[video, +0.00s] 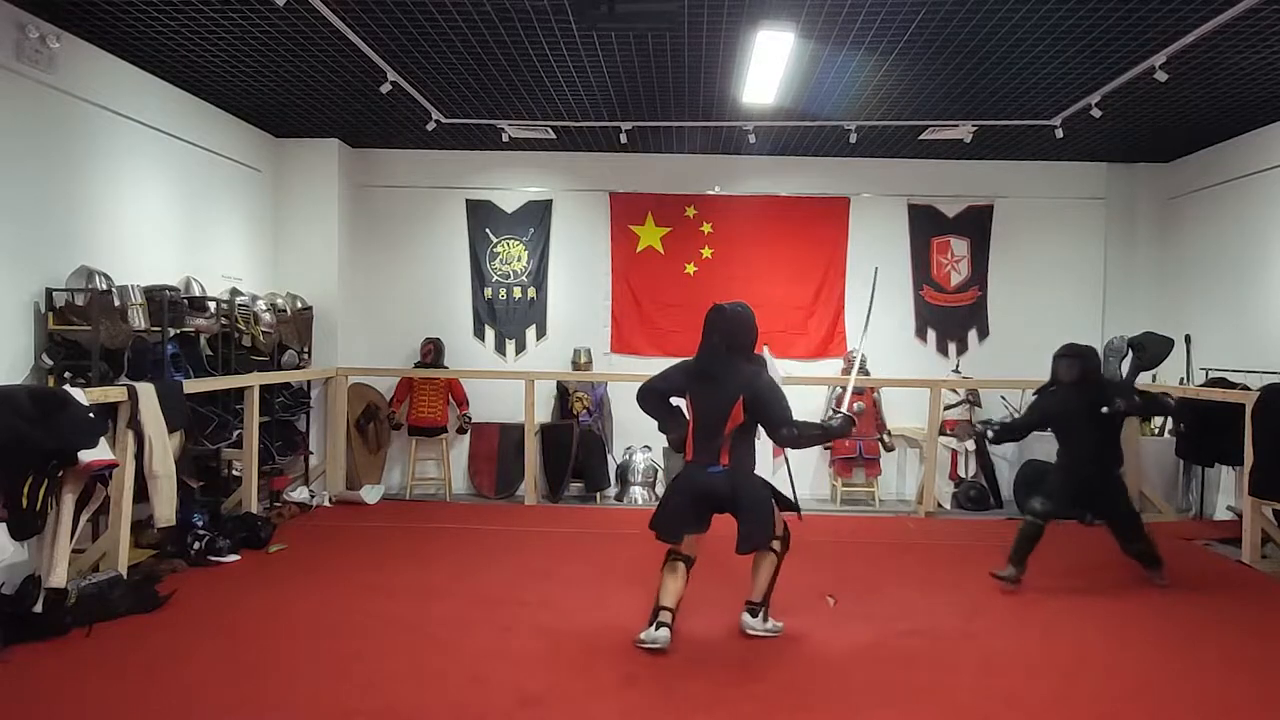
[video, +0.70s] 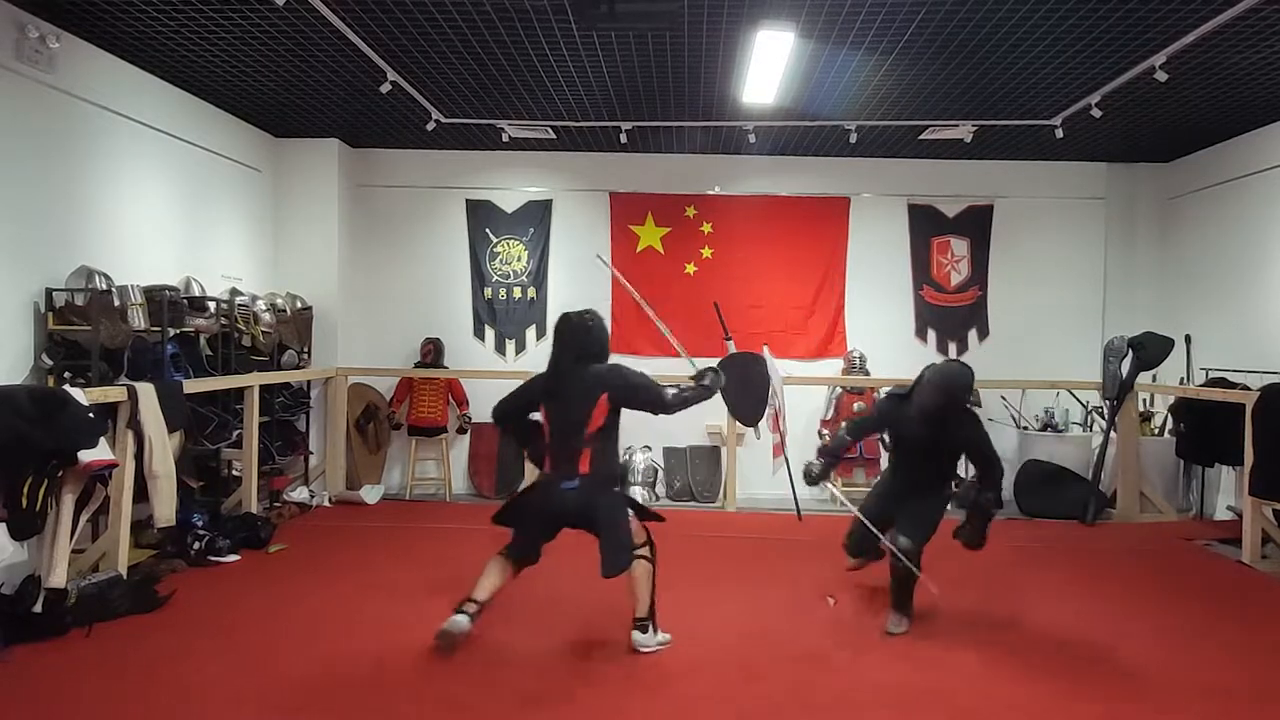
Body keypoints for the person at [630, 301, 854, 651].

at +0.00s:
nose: (756, 338)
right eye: (753, 332)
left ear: (710, 335)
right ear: (748, 336)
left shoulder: (690, 369)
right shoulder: (754, 377)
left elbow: (648, 394)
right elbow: (786, 433)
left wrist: (676, 428)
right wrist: (834, 429)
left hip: (692, 479)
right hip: (738, 481)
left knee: (682, 550)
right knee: (777, 532)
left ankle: (662, 624)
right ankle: (755, 612)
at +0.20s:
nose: (746, 341)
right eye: (742, 335)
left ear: (700, 340)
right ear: (737, 340)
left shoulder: (683, 374)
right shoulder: (746, 381)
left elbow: (639, 401)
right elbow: (773, 439)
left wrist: (668, 432)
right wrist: (822, 427)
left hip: (680, 485)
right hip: (727, 487)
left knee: (655, 547)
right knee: (771, 537)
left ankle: (626, 610)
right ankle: (754, 614)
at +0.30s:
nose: (730, 342)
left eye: (726, 335)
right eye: (726, 337)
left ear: (685, 345)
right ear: (717, 345)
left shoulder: (667, 379)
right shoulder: (729, 387)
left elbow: (626, 405)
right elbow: (758, 443)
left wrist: (656, 436)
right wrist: (804, 428)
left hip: (667, 489)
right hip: (715, 491)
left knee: (636, 552)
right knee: (766, 537)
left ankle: (582, 605)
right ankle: (753, 615)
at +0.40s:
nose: (702, 335)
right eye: (698, 330)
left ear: (655, 339)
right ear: (693, 339)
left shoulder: (640, 374)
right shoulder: (701, 383)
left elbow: (604, 401)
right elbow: (721, 446)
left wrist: (634, 431)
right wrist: (742, 418)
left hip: (643, 483)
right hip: (690, 486)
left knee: (618, 557)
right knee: (743, 537)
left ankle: (555, 609)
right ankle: (755, 616)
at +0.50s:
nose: (679, 334)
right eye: (675, 328)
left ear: (629, 331)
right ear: (672, 336)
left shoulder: (610, 362)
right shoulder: (675, 380)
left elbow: (570, 387)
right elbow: (683, 426)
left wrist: (601, 414)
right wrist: (679, 385)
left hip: (602, 477)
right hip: (649, 477)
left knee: (596, 556)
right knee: (700, 541)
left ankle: (546, 619)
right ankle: (727, 621)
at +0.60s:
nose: (649, 334)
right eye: (647, 328)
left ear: (603, 331)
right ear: (642, 336)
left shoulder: (583, 365)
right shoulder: (645, 376)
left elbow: (540, 389)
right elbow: (682, 411)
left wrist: (573, 419)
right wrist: (673, 377)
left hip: (575, 480)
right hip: (620, 482)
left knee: (567, 548)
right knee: (665, 540)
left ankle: (529, 611)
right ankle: (646, 624)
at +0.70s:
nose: (608, 337)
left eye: (602, 330)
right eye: (603, 332)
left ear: (561, 343)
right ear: (598, 342)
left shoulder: (548, 381)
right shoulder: (613, 377)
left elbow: (504, 412)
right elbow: (666, 402)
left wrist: (538, 451)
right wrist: (707, 384)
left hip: (550, 493)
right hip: (598, 494)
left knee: (514, 552)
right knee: (641, 544)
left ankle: (465, 613)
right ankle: (644, 629)